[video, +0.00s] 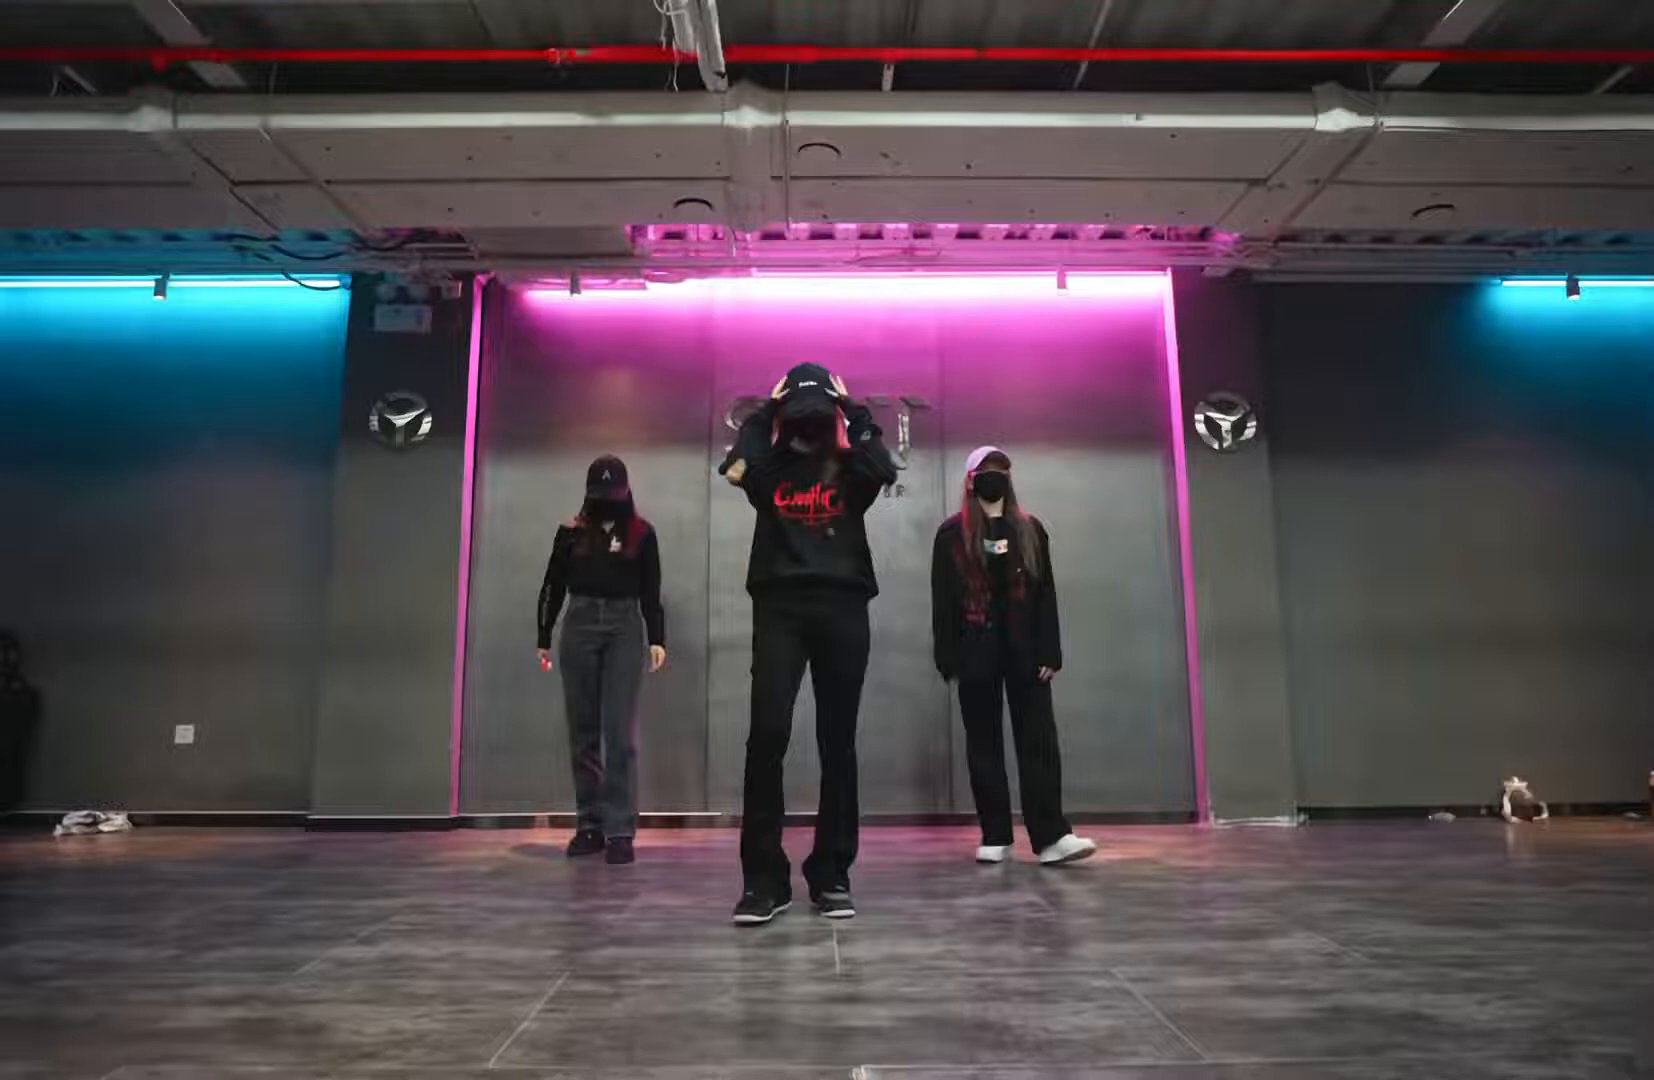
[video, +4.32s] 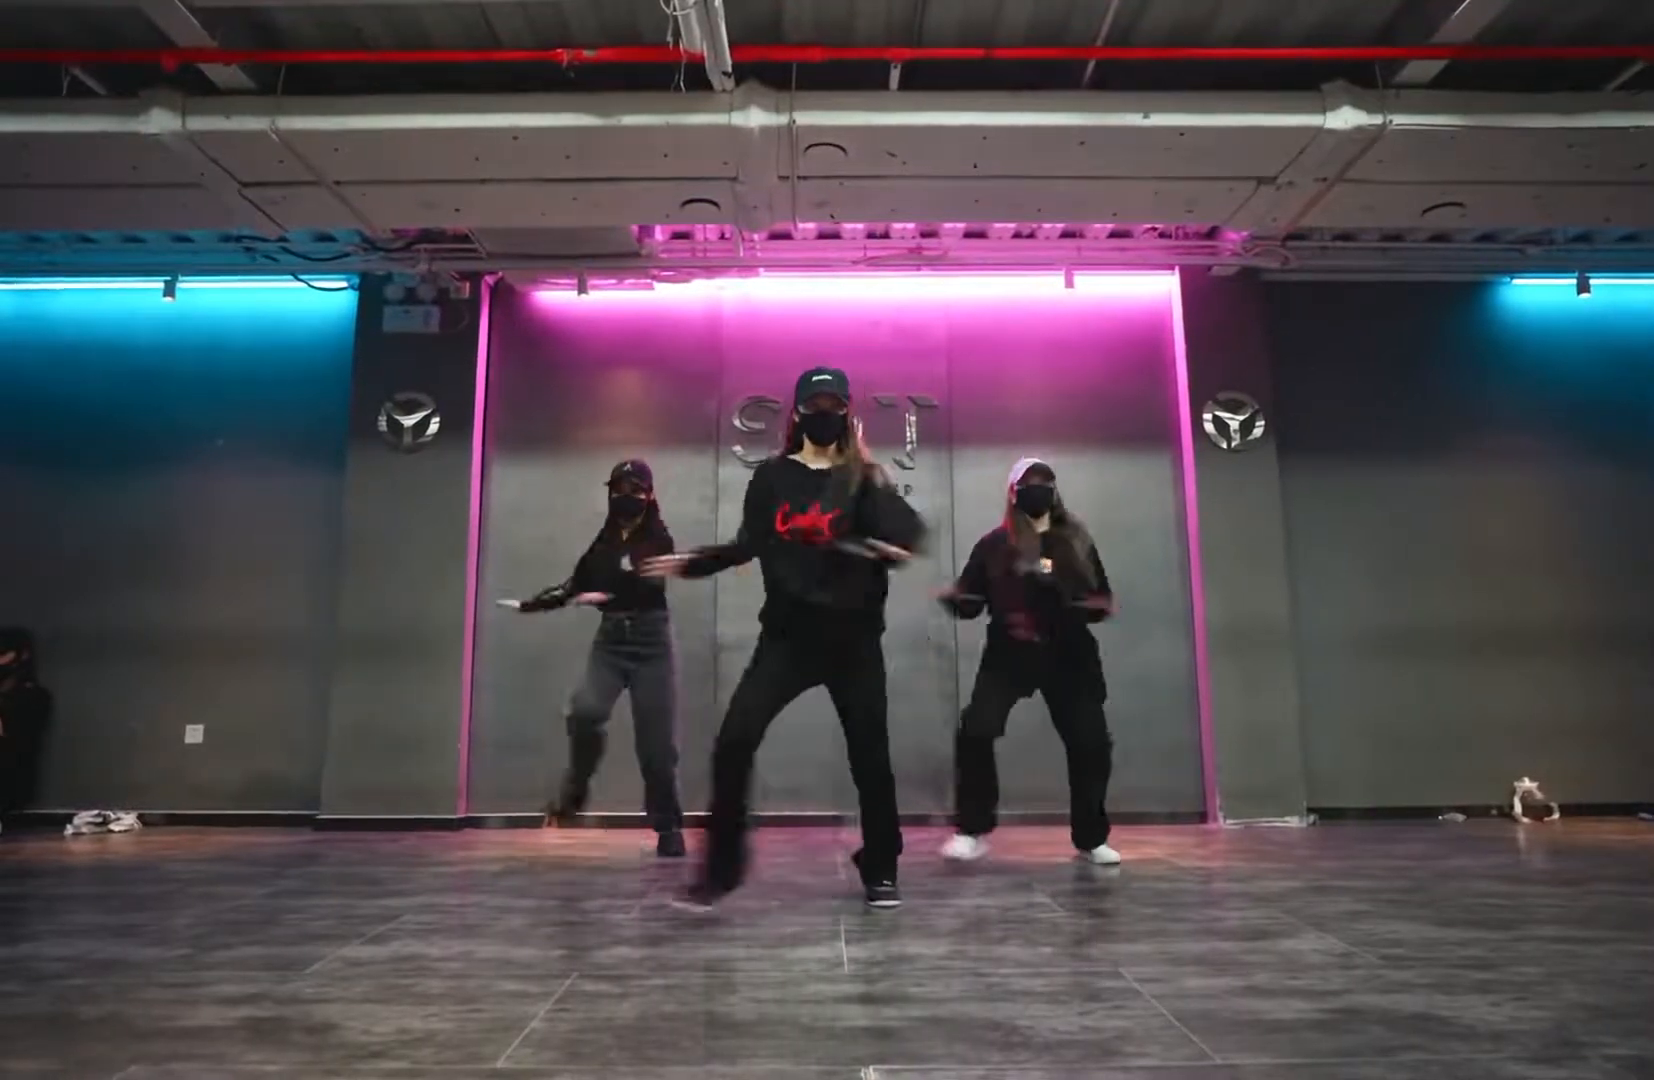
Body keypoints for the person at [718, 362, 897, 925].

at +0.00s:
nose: (809, 422)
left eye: (818, 413)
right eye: (800, 413)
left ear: (837, 413)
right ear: (783, 416)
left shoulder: (853, 460)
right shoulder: (767, 462)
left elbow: (883, 469)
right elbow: (743, 467)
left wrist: (852, 411)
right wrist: (767, 410)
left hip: (842, 612)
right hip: (778, 612)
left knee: (837, 745)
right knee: (766, 743)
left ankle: (832, 878)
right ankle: (764, 883)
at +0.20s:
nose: (800, 425)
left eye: (810, 416)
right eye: (791, 416)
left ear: (826, 409)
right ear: (777, 410)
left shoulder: (852, 453)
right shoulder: (753, 455)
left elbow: (881, 509)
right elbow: (724, 507)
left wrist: (853, 440)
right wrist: (747, 436)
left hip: (835, 614)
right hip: (771, 614)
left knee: (833, 745)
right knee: (764, 744)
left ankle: (832, 878)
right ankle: (760, 882)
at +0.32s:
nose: (793, 418)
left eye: (802, 409)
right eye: (785, 409)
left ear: (817, 407)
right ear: (771, 407)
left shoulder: (839, 466)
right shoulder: (746, 464)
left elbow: (875, 533)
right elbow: (708, 534)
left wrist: (866, 525)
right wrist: (717, 523)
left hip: (827, 618)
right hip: (762, 618)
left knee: (828, 746)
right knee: (759, 747)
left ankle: (831, 877)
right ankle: (760, 882)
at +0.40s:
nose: (788, 414)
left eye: (797, 405)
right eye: (780, 405)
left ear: (811, 403)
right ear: (766, 404)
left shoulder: (833, 466)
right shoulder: (740, 465)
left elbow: (859, 526)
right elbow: (714, 531)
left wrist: (872, 570)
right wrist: (703, 577)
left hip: (822, 615)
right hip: (757, 615)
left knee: (824, 743)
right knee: (758, 745)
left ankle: (831, 876)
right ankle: (760, 881)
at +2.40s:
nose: (851, 390)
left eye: (860, 381)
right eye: (841, 381)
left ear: (874, 389)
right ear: (825, 391)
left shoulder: (896, 462)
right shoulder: (801, 457)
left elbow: (923, 535)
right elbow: (780, 538)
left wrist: (931, 592)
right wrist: (780, 609)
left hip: (881, 616)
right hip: (815, 614)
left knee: (876, 747)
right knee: (799, 745)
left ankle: (870, 882)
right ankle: (811, 872)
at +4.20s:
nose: (839, 411)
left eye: (848, 403)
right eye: (829, 403)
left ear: (861, 412)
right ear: (811, 410)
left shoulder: (877, 483)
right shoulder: (784, 473)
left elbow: (899, 557)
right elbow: (776, 550)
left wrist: (935, 606)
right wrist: (812, 590)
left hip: (865, 633)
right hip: (802, 632)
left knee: (871, 755)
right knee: (787, 763)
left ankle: (881, 868)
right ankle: (830, 832)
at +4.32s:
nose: (824, 413)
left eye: (834, 403)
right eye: (814, 403)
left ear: (847, 410)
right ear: (798, 410)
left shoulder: (865, 479)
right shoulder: (772, 475)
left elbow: (909, 532)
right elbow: (748, 544)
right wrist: (694, 564)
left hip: (853, 643)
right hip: (786, 641)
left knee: (871, 763)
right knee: (734, 741)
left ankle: (880, 874)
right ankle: (721, 871)